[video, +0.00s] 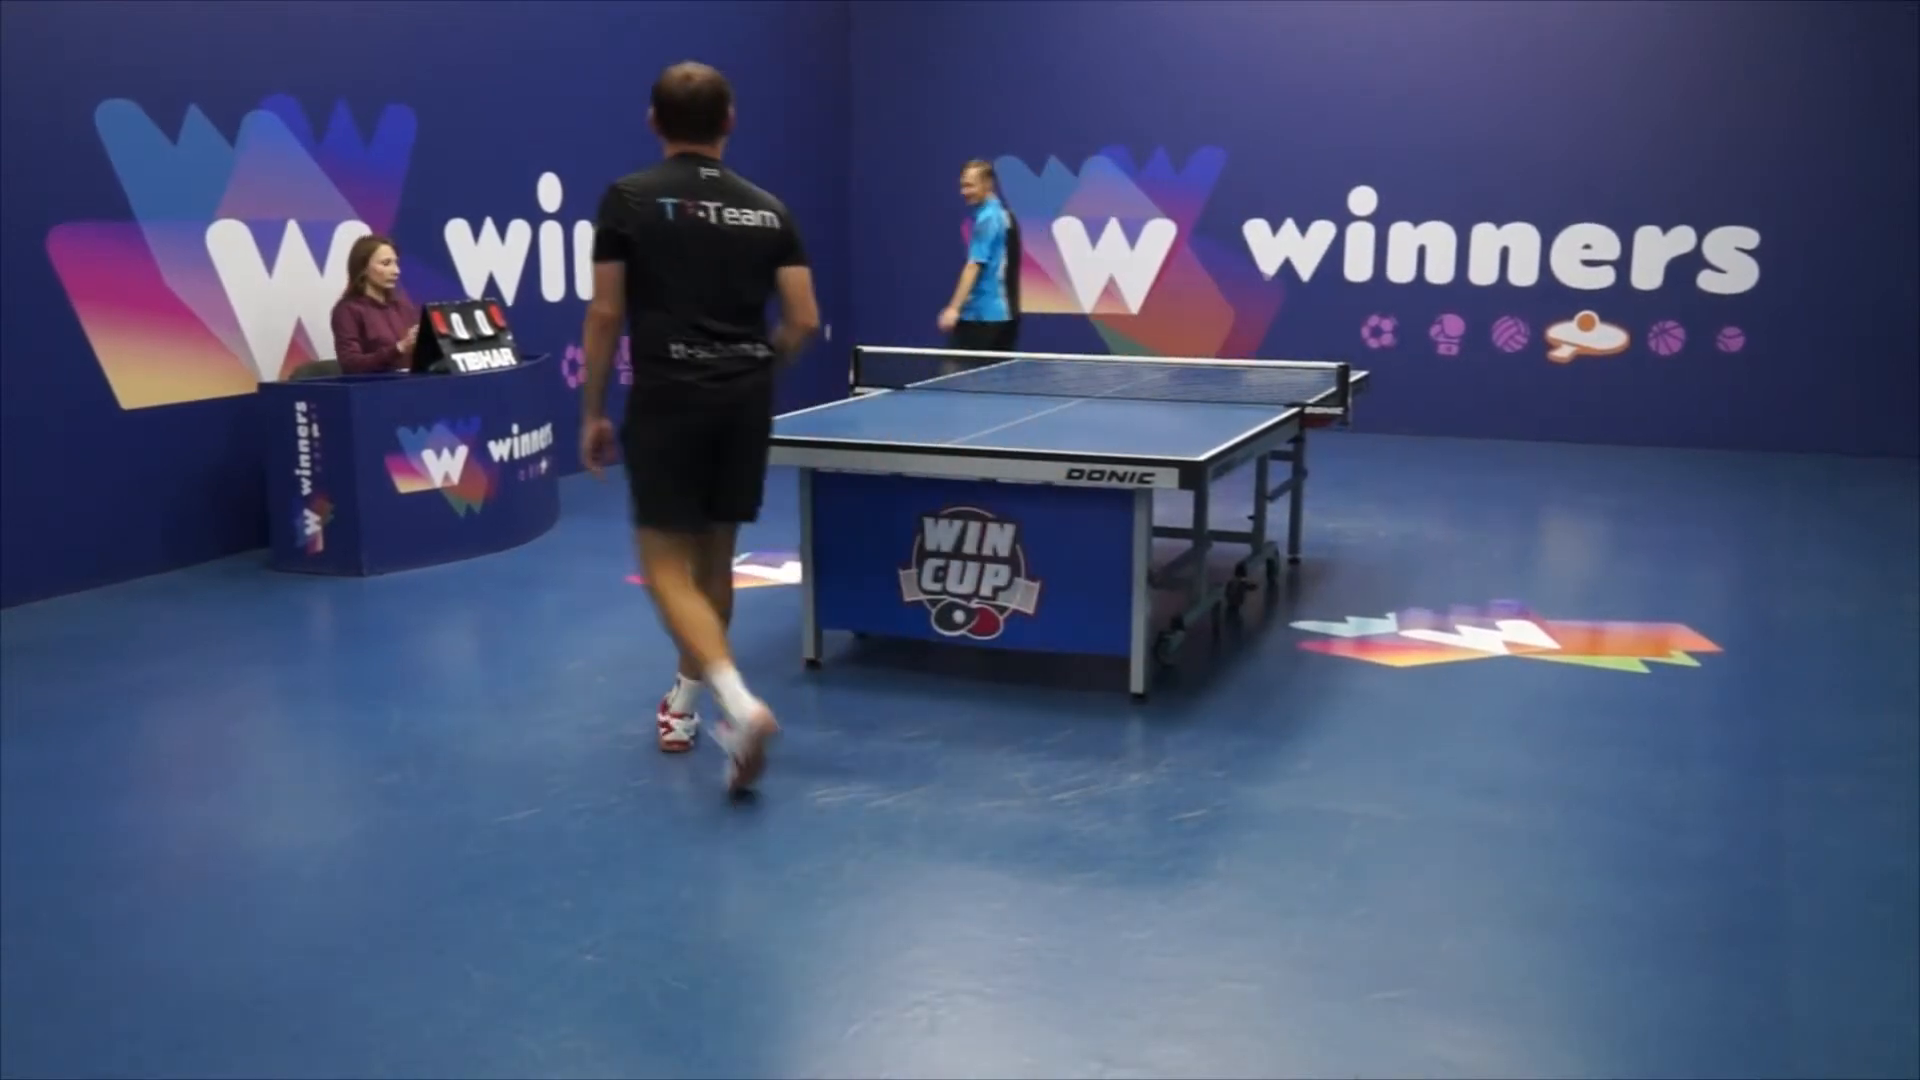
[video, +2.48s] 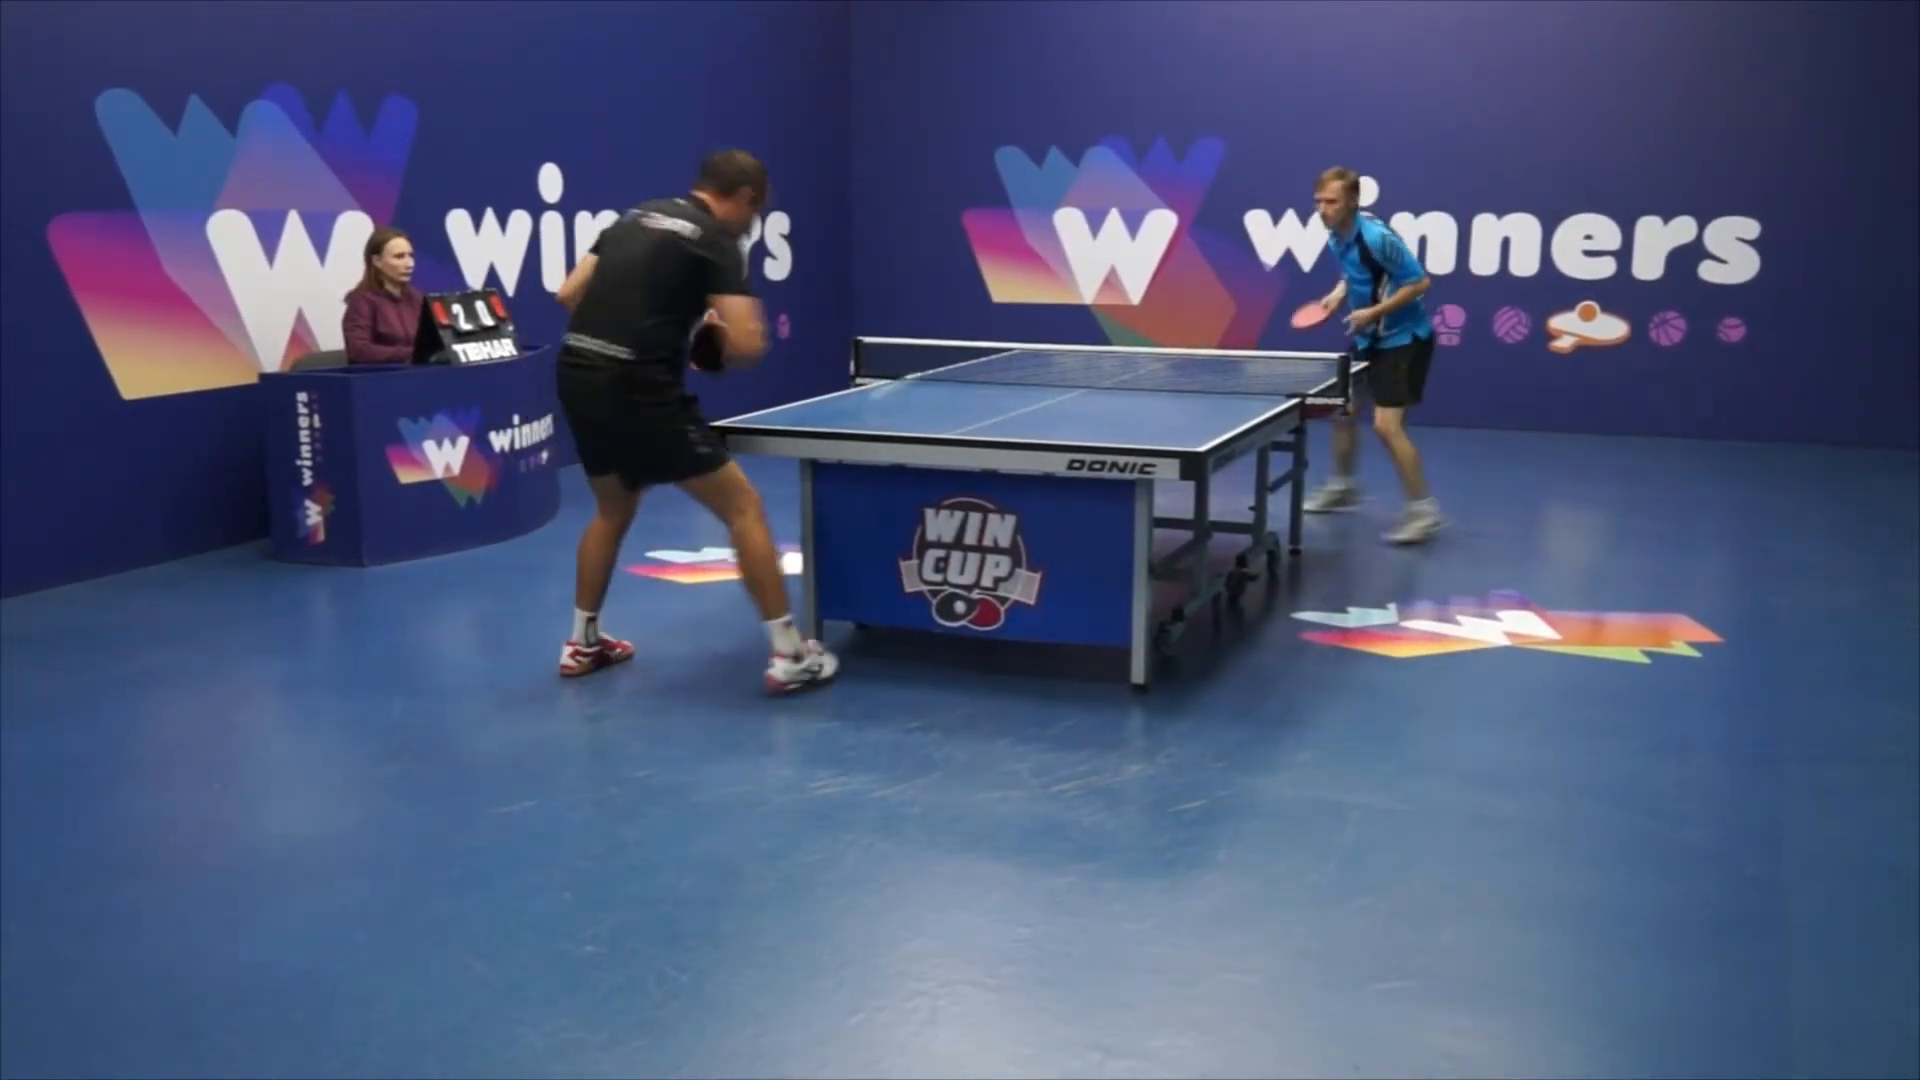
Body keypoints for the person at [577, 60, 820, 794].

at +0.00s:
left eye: (661, 115)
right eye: (726, 116)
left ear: (656, 124)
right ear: (729, 125)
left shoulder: (628, 200)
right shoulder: (765, 208)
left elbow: (605, 313)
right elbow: (802, 320)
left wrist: (594, 410)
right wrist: (761, 365)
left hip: (665, 403)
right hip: (744, 402)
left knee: (667, 567)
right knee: (716, 562)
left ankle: (740, 708)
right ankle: (685, 707)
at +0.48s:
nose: (693, 226)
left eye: (694, 215)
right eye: (692, 215)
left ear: (634, 206)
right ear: (673, 212)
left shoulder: (595, 239)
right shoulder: (648, 274)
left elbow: (502, 301)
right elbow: (647, 390)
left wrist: (545, 356)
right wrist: (706, 398)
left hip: (492, 393)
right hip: (526, 404)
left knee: (546, 533)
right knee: (584, 562)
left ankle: (547, 655)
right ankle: (584, 742)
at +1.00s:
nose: (685, 209)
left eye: (684, 198)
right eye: (684, 198)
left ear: (622, 193)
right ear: (663, 199)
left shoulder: (583, 232)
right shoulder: (640, 263)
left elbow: (500, 301)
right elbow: (634, 379)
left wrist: (551, 350)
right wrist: (705, 395)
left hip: (496, 390)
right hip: (530, 400)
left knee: (548, 532)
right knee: (586, 562)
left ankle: (548, 655)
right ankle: (583, 741)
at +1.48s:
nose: (670, 167)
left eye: (667, 155)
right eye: (667, 157)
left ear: (604, 162)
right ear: (649, 162)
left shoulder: (567, 217)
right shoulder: (635, 239)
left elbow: (513, 306)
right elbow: (629, 355)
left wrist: (588, 335)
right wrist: (697, 360)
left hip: (524, 391)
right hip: (569, 401)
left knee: (564, 525)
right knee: (613, 563)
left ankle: (549, 656)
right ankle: (585, 740)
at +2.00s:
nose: (693, 182)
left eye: (691, 170)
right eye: (689, 171)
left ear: (625, 175)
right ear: (670, 175)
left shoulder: (578, 231)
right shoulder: (664, 248)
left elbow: (520, 316)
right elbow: (666, 356)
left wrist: (561, 360)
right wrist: (728, 362)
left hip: (556, 409)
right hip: (613, 416)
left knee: (591, 527)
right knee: (637, 574)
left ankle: (583, 643)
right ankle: (589, 735)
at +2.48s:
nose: (751, 224)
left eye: (754, 213)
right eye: (754, 212)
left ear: (702, 184)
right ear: (740, 199)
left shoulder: (635, 218)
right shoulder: (718, 243)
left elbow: (570, 292)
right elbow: (746, 346)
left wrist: (627, 318)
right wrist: (717, 330)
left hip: (578, 372)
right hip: (640, 383)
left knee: (613, 508)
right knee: (742, 508)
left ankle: (583, 640)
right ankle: (789, 650)